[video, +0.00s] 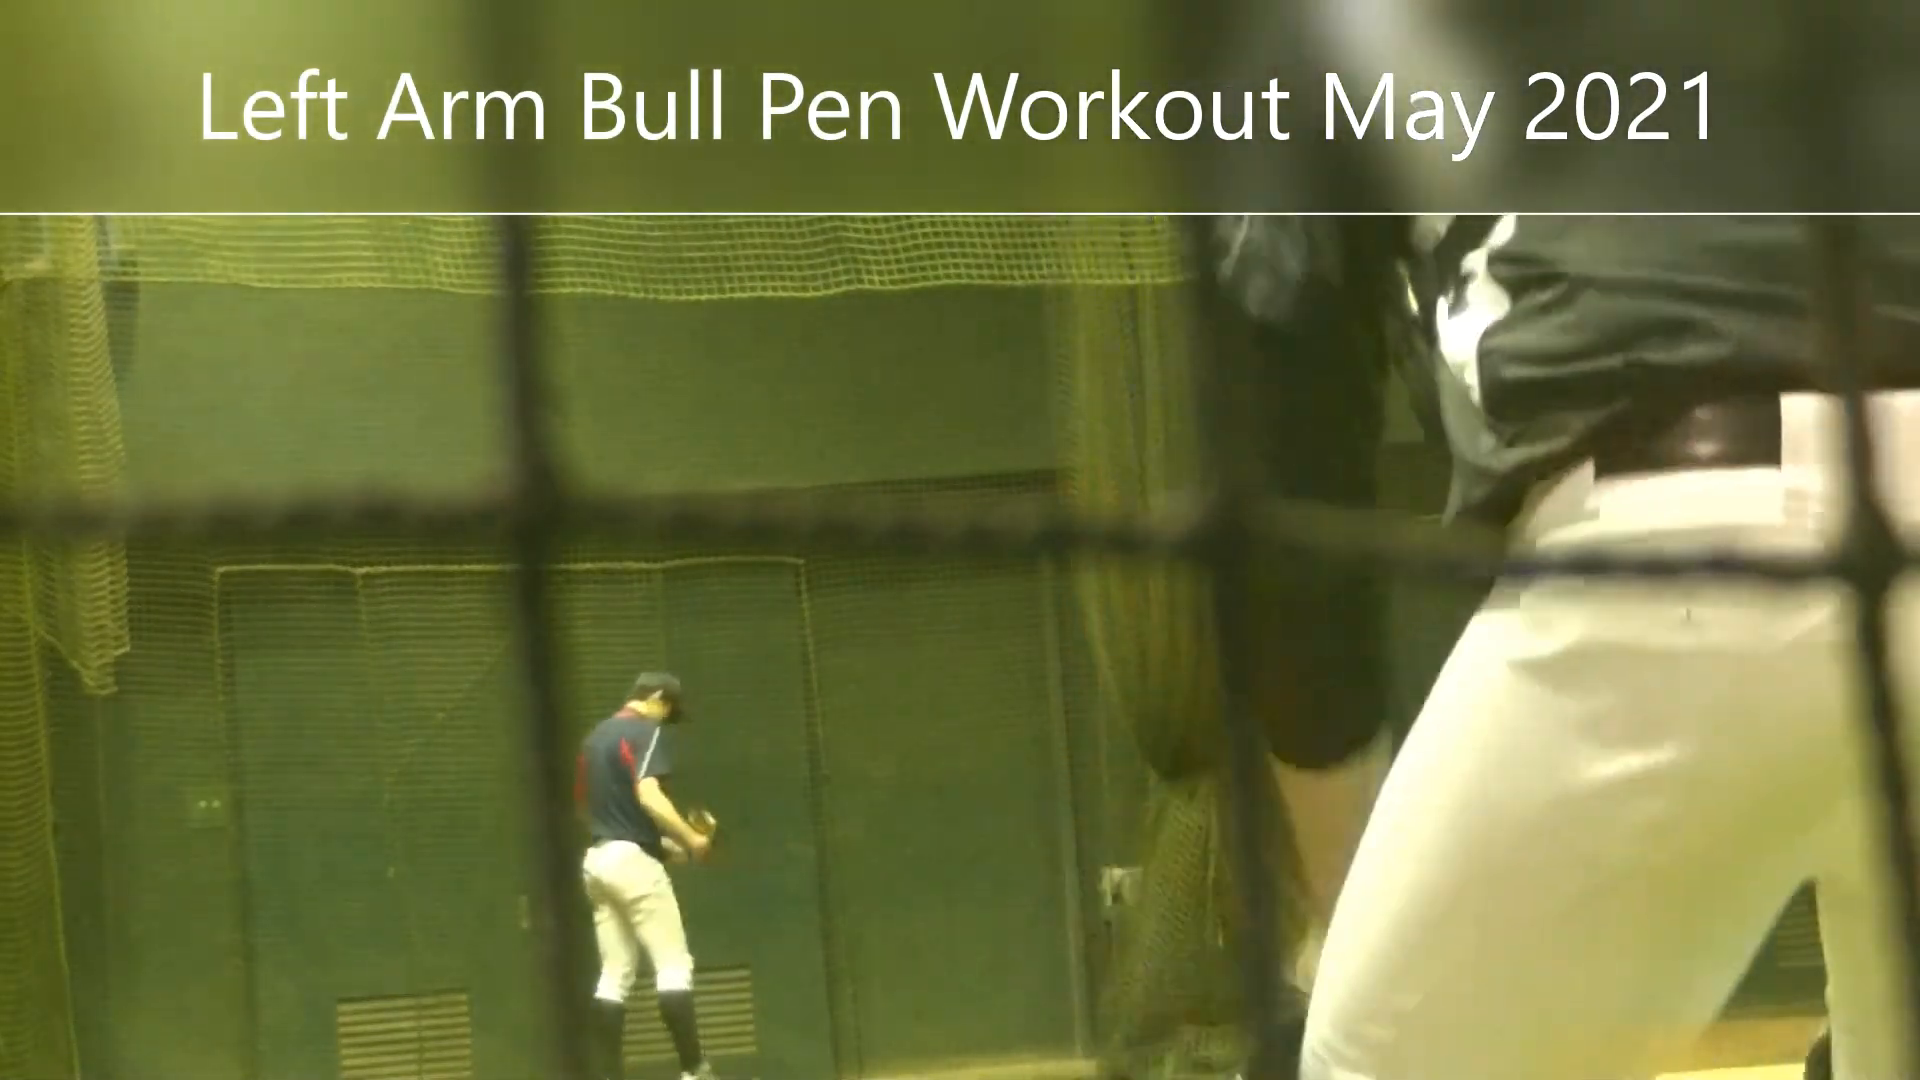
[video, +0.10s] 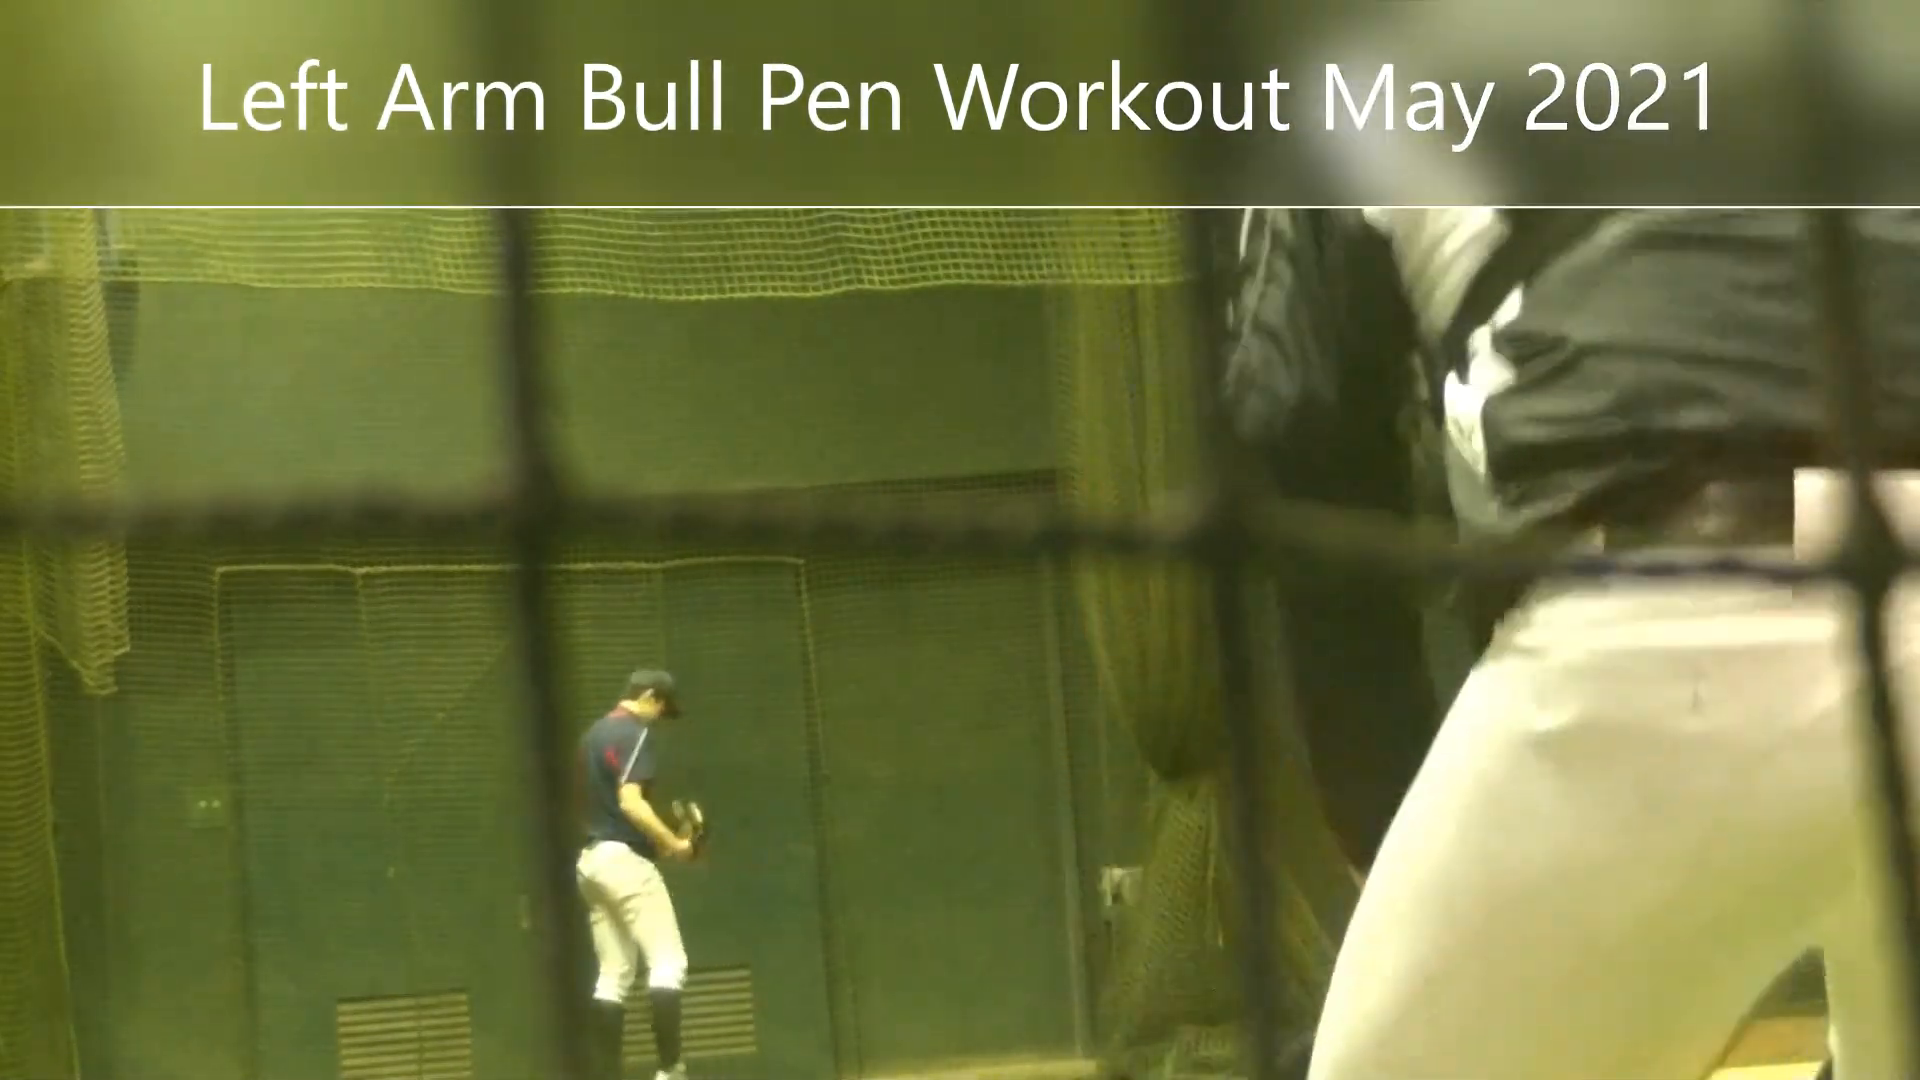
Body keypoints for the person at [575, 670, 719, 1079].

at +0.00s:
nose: (665, 718)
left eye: (668, 712)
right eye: (667, 711)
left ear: (635, 697)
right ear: (657, 700)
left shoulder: (596, 735)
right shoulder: (645, 729)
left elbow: (595, 809)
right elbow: (648, 794)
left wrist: (659, 844)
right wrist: (692, 837)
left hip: (595, 859)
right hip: (631, 857)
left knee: (615, 971)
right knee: (672, 961)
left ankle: (605, 1072)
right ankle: (693, 1067)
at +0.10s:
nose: (660, 718)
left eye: (663, 712)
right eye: (662, 711)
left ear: (633, 695)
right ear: (650, 697)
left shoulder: (597, 732)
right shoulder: (633, 730)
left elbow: (612, 804)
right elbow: (630, 799)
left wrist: (666, 838)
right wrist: (671, 840)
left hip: (589, 858)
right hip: (621, 857)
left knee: (614, 970)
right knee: (667, 959)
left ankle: (605, 1072)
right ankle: (671, 1067)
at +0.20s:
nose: (655, 720)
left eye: (659, 713)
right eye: (658, 711)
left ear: (635, 695)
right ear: (644, 697)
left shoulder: (595, 731)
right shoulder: (622, 733)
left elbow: (607, 802)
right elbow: (614, 804)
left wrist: (654, 825)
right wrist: (658, 847)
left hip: (585, 858)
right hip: (614, 858)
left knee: (614, 969)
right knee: (655, 959)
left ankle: (606, 1071)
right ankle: (644, 1066)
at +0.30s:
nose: (651, 718)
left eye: (654, 711)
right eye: (652, 709)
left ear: (630, 696)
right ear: (637, 697)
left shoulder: (599, 731)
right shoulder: (613, 734)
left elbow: (626, 785)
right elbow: (601, 807)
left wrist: (682, 792)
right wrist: (646, 851)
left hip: (589, 859)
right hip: (607, 859)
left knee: (615, 968)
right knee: (640, 962)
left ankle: (601, 1066)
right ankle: (620, 1067)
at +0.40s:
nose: (646, 718)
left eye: (650, 710)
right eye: (647, 709)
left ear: (629, 698)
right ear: (630, 698)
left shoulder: (607, 732)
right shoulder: (604, 736)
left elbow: (633, 767)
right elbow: (587, 809)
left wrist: (696, 765)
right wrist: (633, 853)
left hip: (607, 863)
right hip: (601, 865)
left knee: (621, 965)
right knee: (627, 964)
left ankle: (600, 1064)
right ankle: (604, 1066)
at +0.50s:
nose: (647, 718)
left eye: (650, 710)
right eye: (646, 708)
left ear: (629, 701)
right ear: (626, 698)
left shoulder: (612, 739)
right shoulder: (598, 739)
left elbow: (653, 755)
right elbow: (572, 808)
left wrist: (708, 735)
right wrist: (616, 855)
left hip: (619, 868)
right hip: (595, 867)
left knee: (625, 975)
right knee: (617, 975)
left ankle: (607, 1069)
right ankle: (600, 1070)